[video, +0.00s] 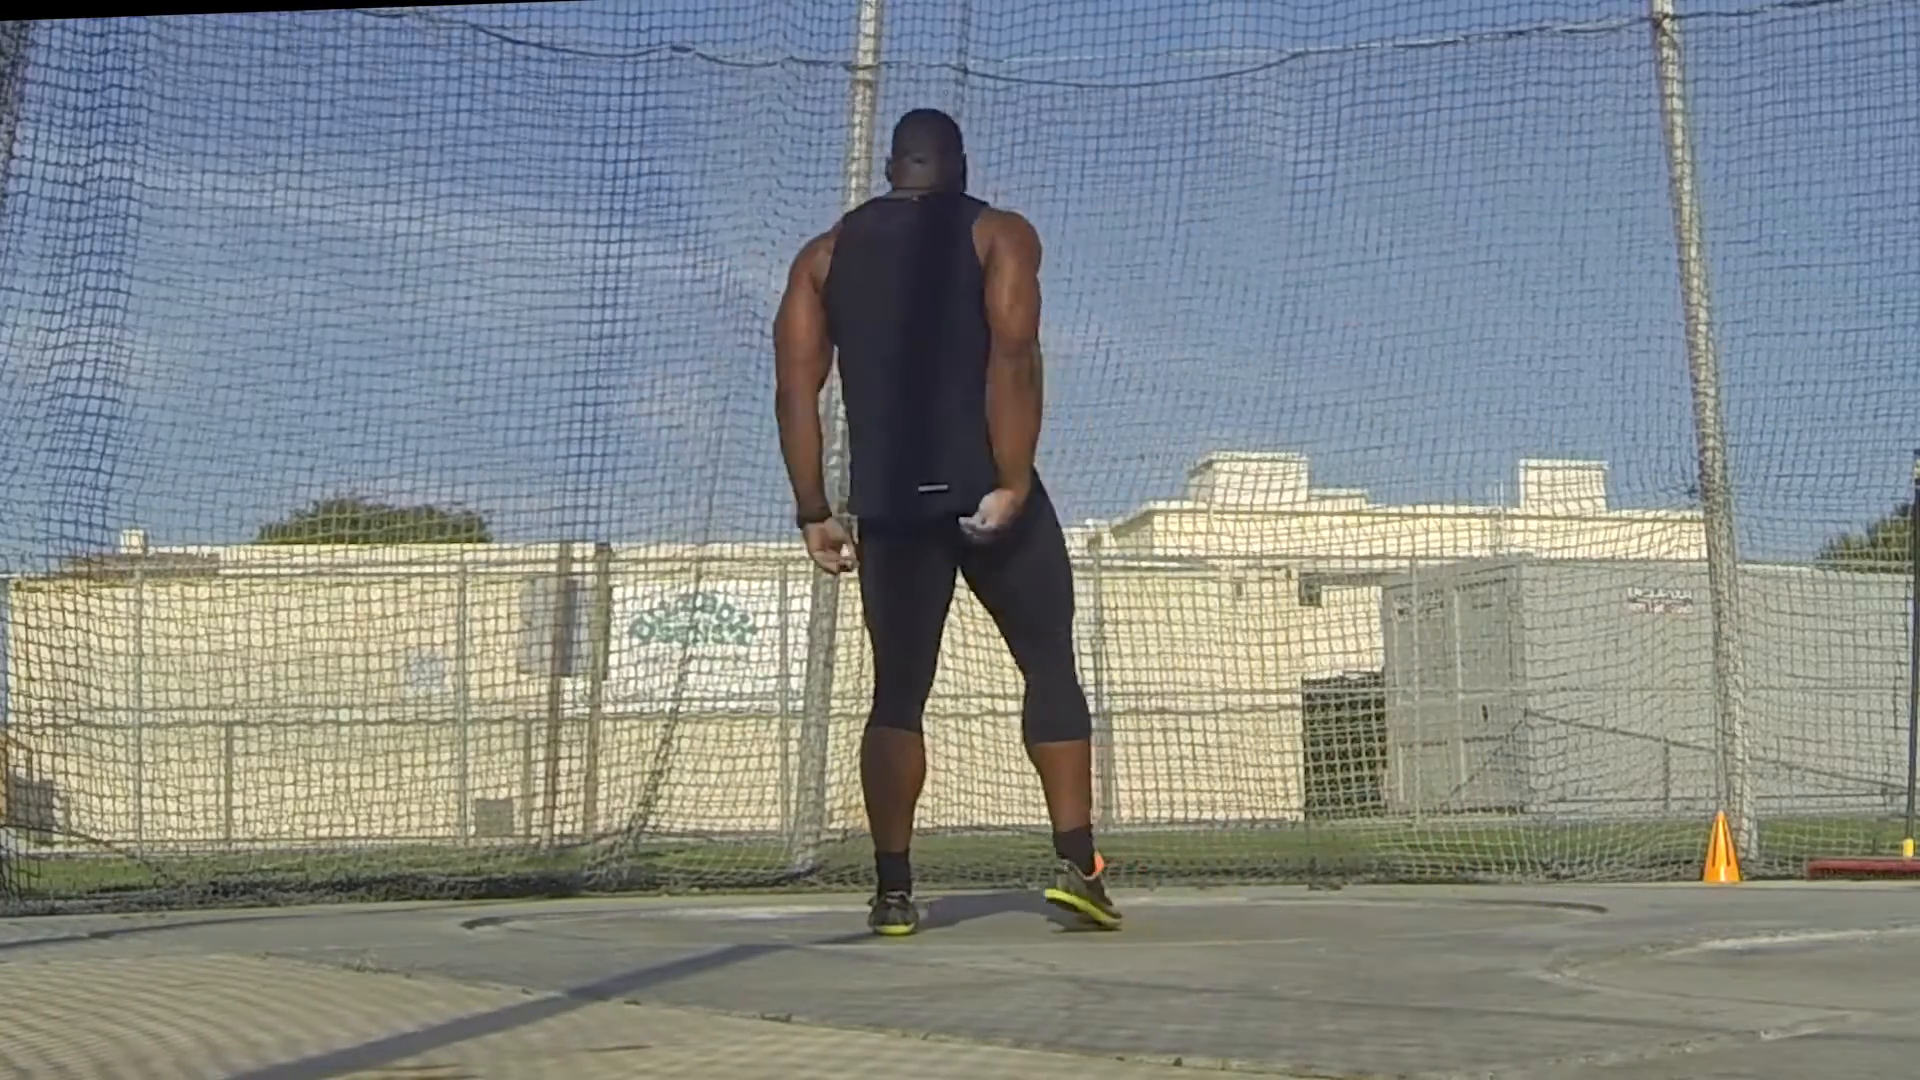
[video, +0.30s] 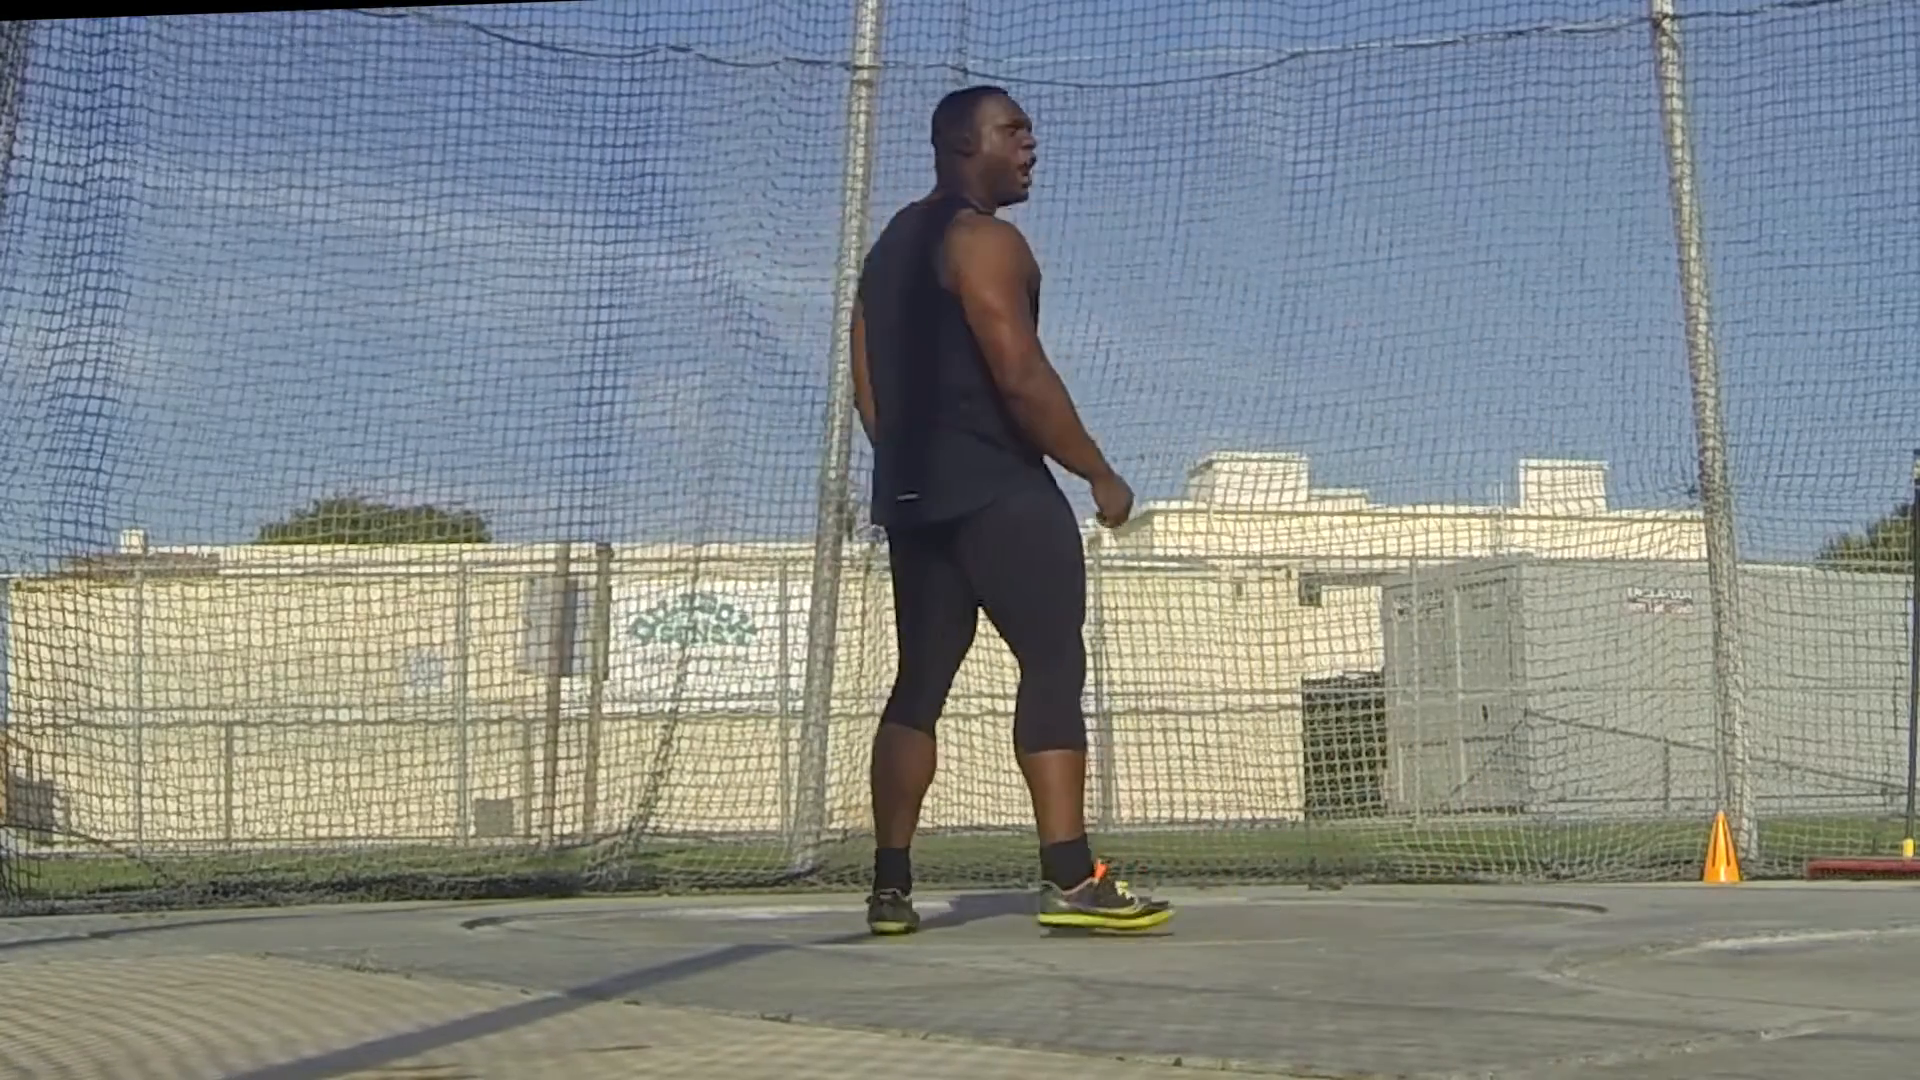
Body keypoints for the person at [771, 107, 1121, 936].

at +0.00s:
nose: (924, 172)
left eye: (911, 159)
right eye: (943, 159)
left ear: (888, 168)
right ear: (962, 169)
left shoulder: (824, 251)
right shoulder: (999, 232)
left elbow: (798, 384)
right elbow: (1013, 348)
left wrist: (811, 505)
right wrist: (1012, 477)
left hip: (890, 504)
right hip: (992, 495)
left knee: (896, 691)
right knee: (1049, 668)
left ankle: (893, 889)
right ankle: (1078, 864)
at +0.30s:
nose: (1031, 146)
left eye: (1027, 132)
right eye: (1013, 134)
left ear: (953, 159)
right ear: (964, 151)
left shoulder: (888, 246)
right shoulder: (987, 239)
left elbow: (870, 392)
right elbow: (1021, 377)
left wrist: (919, 468)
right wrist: (1100, 472)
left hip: (914, 502)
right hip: (1001, 492)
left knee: (918, 683)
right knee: (1052, 663)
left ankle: (891, 886)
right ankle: (1073, 879)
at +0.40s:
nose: (1051, 138)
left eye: (1050, 125)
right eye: (1034, 125)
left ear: (983, 151)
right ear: (983, 142)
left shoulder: (942, 237)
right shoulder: (987, 238)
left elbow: (945, 387)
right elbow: (1008, 380)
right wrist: (1098, 463)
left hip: (945, 497)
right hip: (1012, 493)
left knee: (928, 677)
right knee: (1051, 673)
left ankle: (875, 875)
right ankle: (1093, 881)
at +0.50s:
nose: (1077, 132)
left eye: (1077, 118)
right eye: (1058, 118)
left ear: (1032, 141)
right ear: (1007, 136)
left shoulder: (1005, 229)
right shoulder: (996, 231)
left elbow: (994, 379)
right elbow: (992, 374)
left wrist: (1077, 469)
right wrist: (1089, 469)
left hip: (990, 499)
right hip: (1031, 497)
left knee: (968, 671)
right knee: (1057, 681)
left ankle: (886, 864)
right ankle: (1098, 888)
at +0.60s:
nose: (1100, 120)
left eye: (1102, 107)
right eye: (1080, 105)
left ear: (1088, 126)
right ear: (1029, 122)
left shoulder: (1073, 231)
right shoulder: (1009, 219)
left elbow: (1087, 374)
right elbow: (994, 361)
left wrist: (1144, 466)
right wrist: (1072, 475)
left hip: (1084, 483)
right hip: (1041, 482)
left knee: (1047, 662)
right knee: (1067, 666)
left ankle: (931, 833)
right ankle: (1099, 886)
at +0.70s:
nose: (1119, 110)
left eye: (1122, 98)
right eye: (1099, 96)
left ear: (1122, 117)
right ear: (1051, 113)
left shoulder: (1113, 229)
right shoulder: (1024, 205)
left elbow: (1125, 362)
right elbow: (997, 340)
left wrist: (1188, 458)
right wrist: (1056, 460)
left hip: (1128, 478)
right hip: (1073, 478)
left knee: (1139, 651)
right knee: (1085, 661)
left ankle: (1004, 819)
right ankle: (1097, 884)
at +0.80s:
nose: (1138, 101)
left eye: (1142, 91)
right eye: (1118, 89)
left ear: (1145, 113)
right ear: (1070, 109)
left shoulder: (1148, 226)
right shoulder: (1035, 199)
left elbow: (1158, 356)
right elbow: (1002, 327)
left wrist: (1223, 450)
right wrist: (1048, 444)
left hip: (1166, 477)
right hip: (1092, 477)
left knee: (1209, 644)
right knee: (1098, 663)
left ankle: (1099, 813)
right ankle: (1100, 883)